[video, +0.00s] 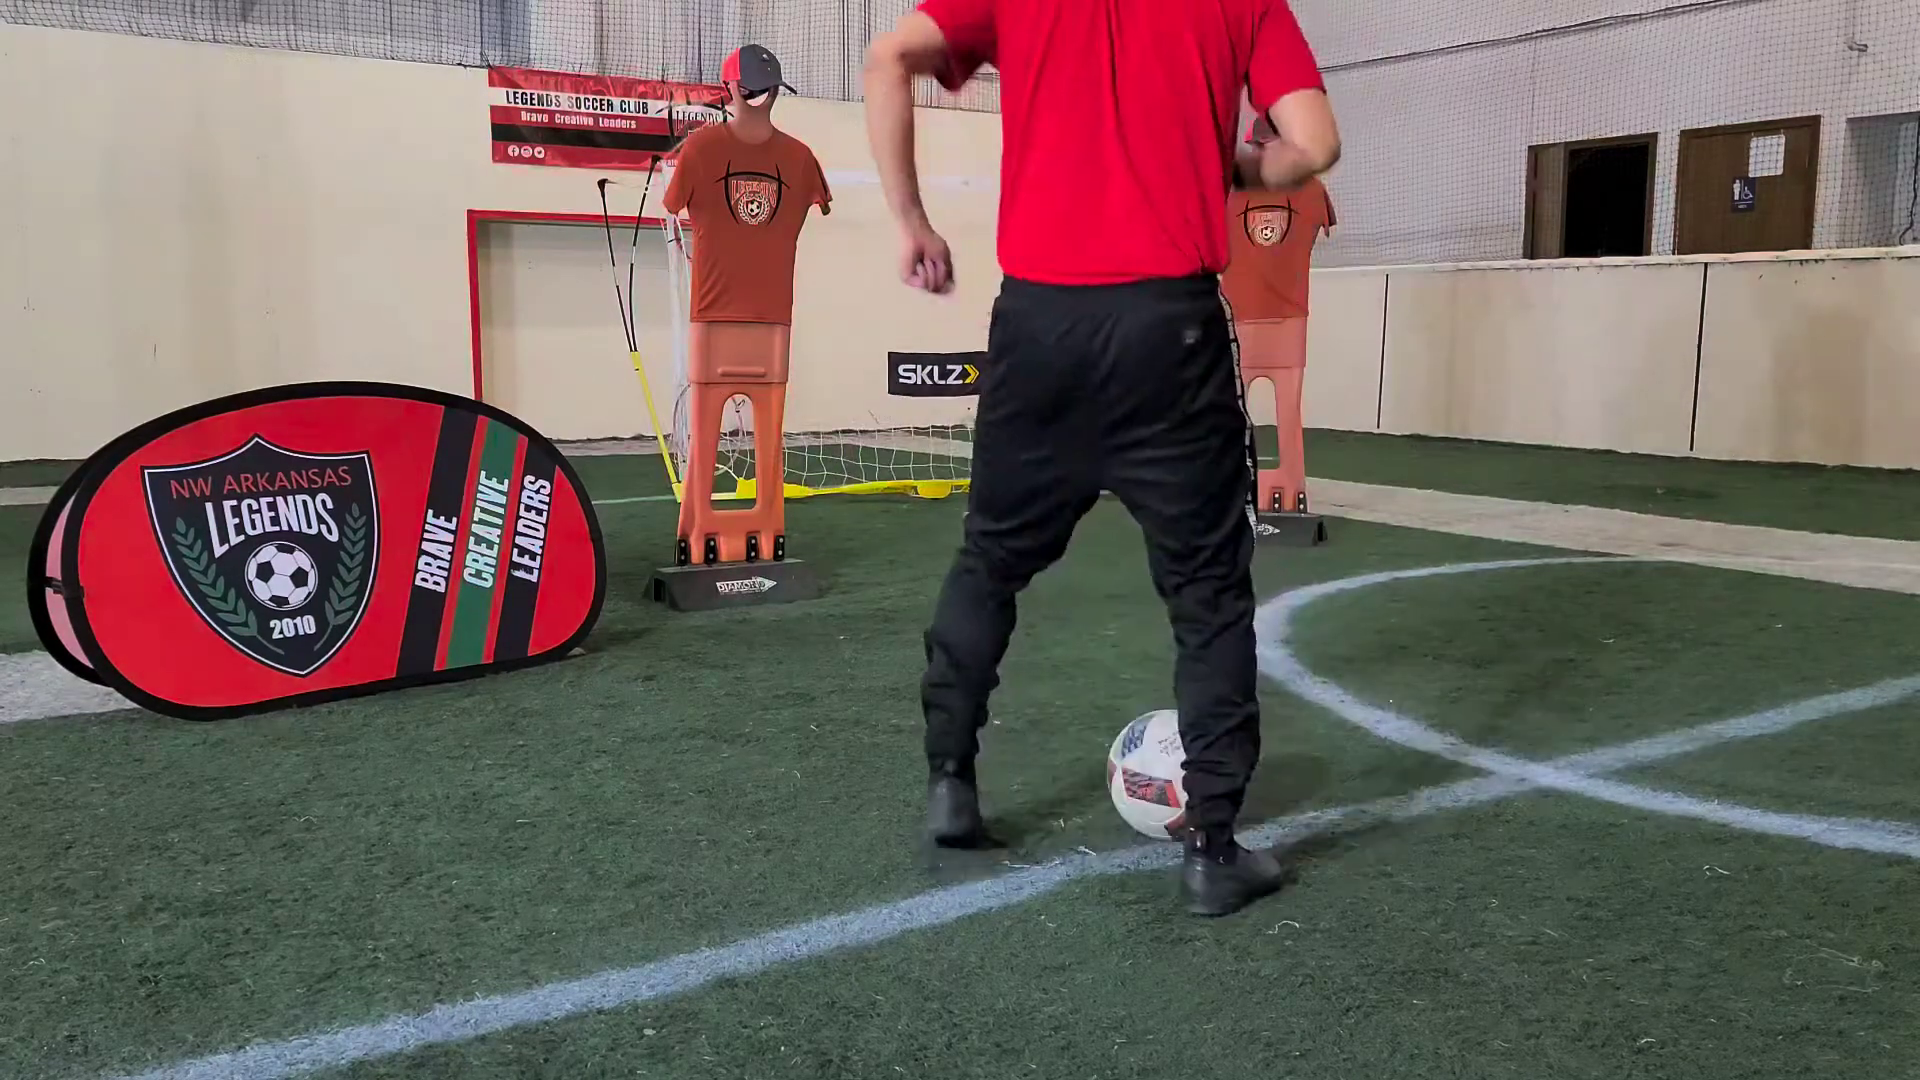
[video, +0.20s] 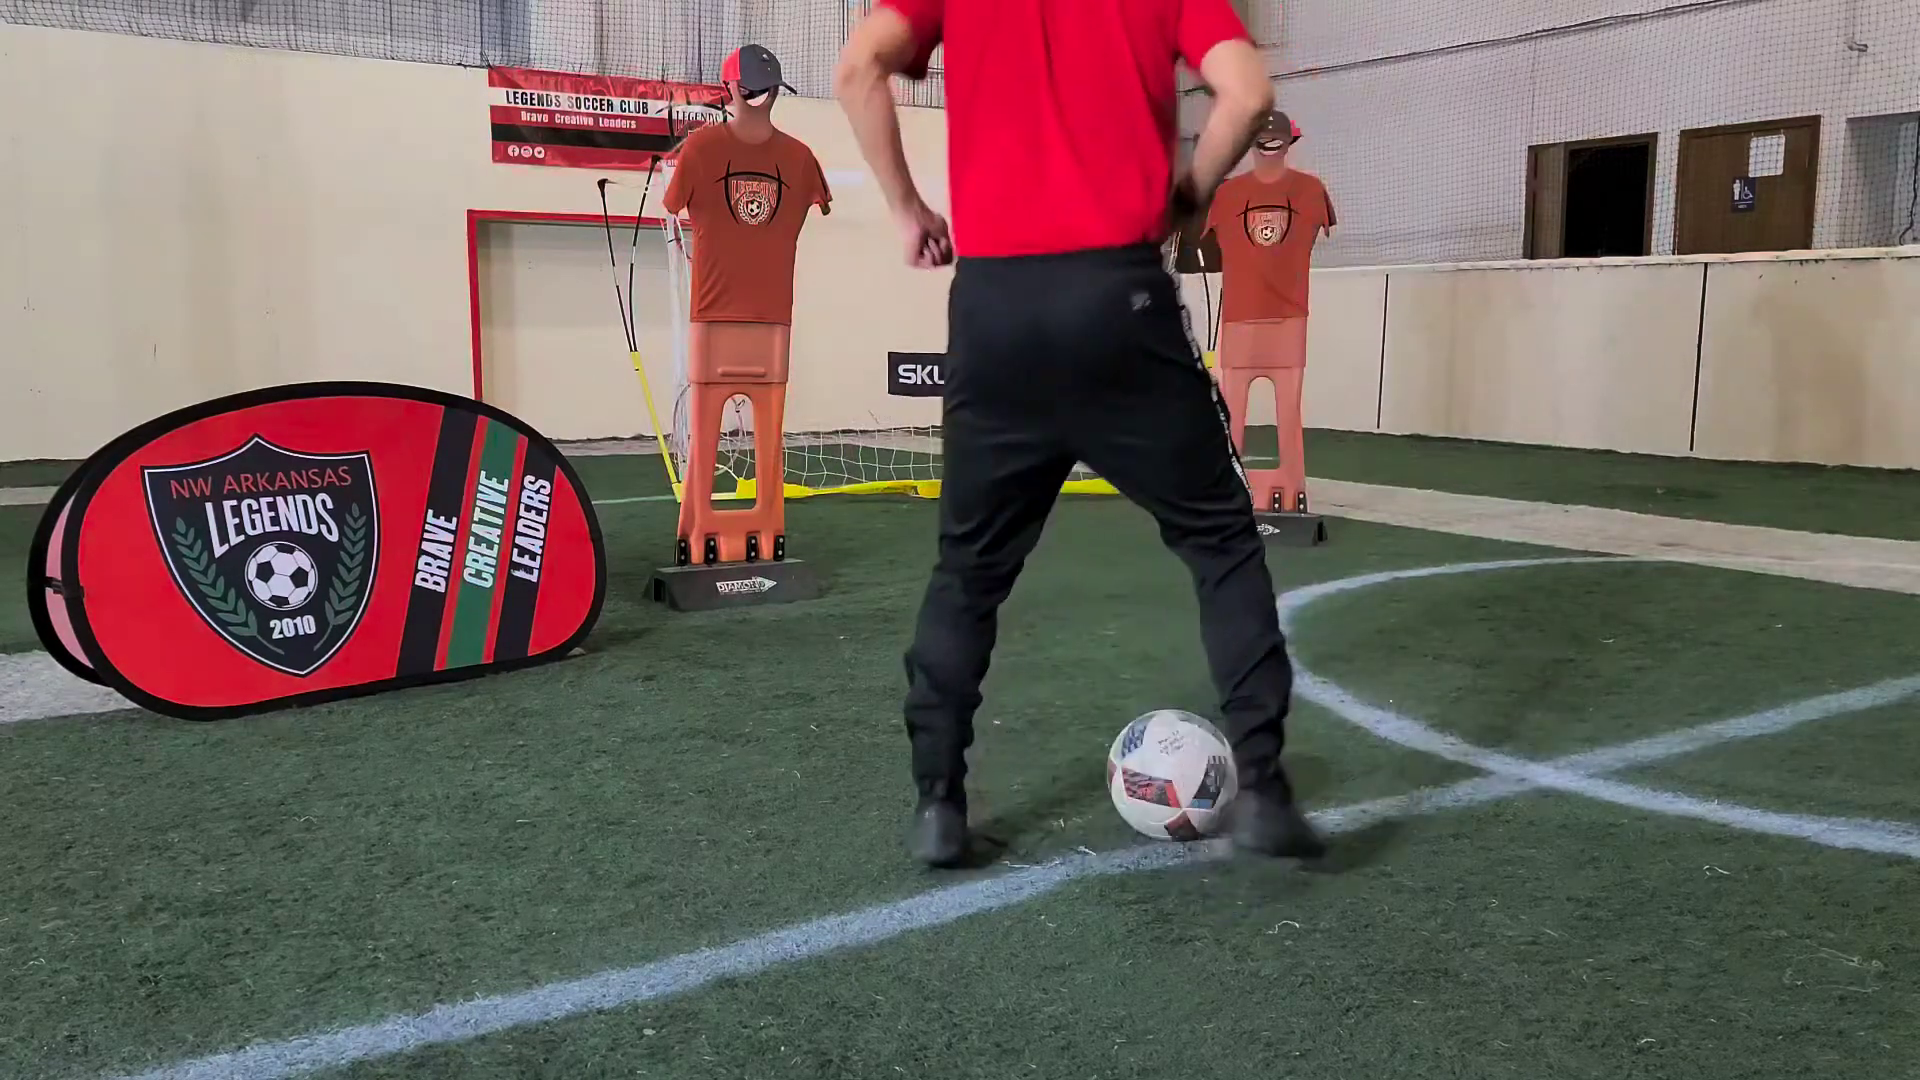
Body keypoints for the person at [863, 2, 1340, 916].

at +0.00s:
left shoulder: (1012, 4)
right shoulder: (1241, 4)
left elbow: (887, 56)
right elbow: (1311, 145)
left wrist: (909, 217)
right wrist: (1239, 165)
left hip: (1039, 311)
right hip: (1170, 315)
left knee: (993, 550)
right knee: (1207, 588)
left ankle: (950, 782)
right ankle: (1216, 847)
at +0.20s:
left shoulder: (956, 2)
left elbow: (858, 66)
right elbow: (1246, 90)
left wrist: (907, 206)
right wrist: (1190, 187)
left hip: (990, 301)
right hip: (1119, 297)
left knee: (968, 562)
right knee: (1220, 541)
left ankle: (937, 804)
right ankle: (1262, 788)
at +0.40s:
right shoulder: (1148, 2)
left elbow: (868, 78)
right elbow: (1221, 10)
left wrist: (955, 158)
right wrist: (1183, 160)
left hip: (973, 275)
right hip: (1097, 276)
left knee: (949, 519)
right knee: (1177, 507)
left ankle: (914, 746)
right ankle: (1203, 740)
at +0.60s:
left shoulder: (1006, 5)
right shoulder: (1193, 9)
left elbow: (898, 47)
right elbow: (1250, 142)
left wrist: (916, 195)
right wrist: (1180, 206)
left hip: (1010, 285)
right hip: (1131, 297)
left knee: (938, 493)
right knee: (1127, 550)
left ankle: (871, 686)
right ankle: (1113, 795)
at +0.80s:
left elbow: (902, 85)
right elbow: (1232, 85)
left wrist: (961, 182)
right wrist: (1196, 205)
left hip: (997, 274)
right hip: (1113, 272)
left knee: (979, 518)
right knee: (1191, 500)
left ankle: (969, 739)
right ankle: (1213, 721)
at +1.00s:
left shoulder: (980, 6)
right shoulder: (1149, 2)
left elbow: (913, 119)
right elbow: (1210, 38)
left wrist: (1001, 172)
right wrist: (1211, 185)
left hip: (1004, 278)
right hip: (1113, 274)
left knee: (987, 494)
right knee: (1190, 477)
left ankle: (958, 708)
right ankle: (1216, 686)